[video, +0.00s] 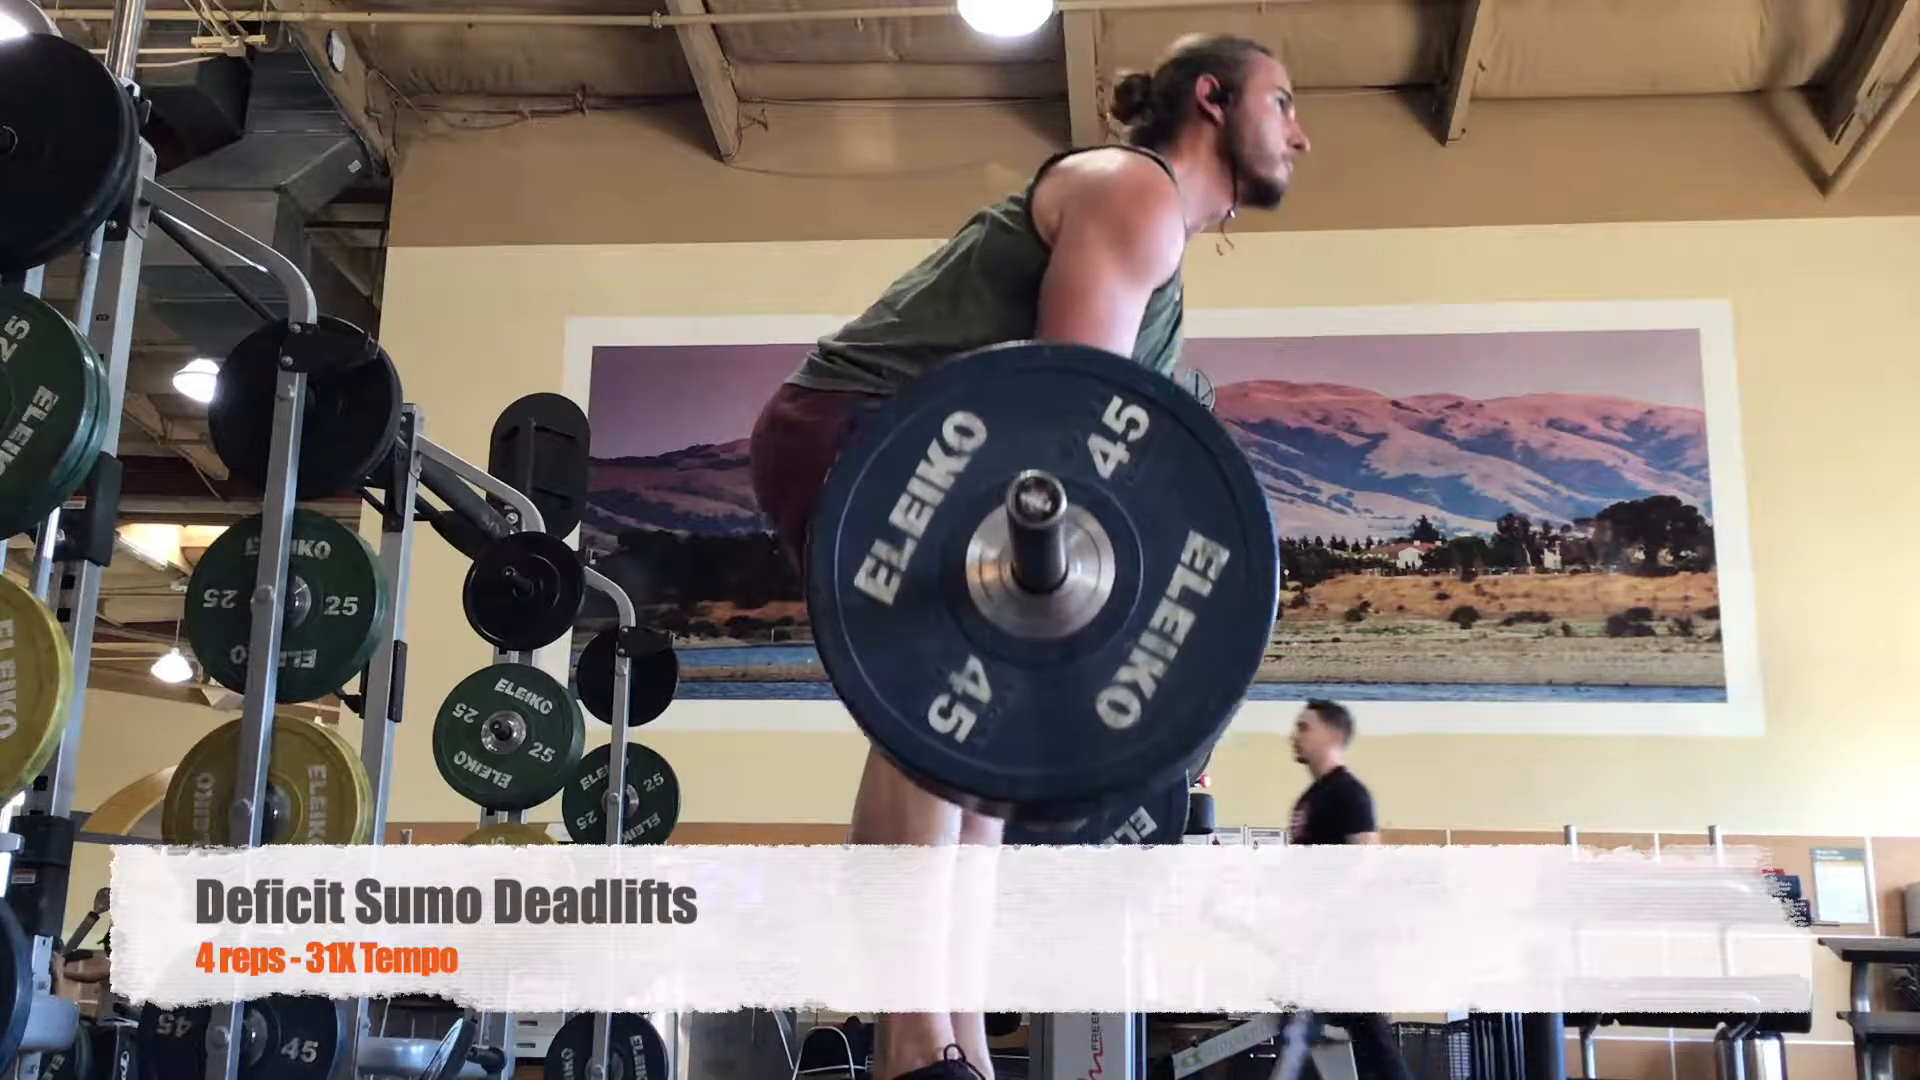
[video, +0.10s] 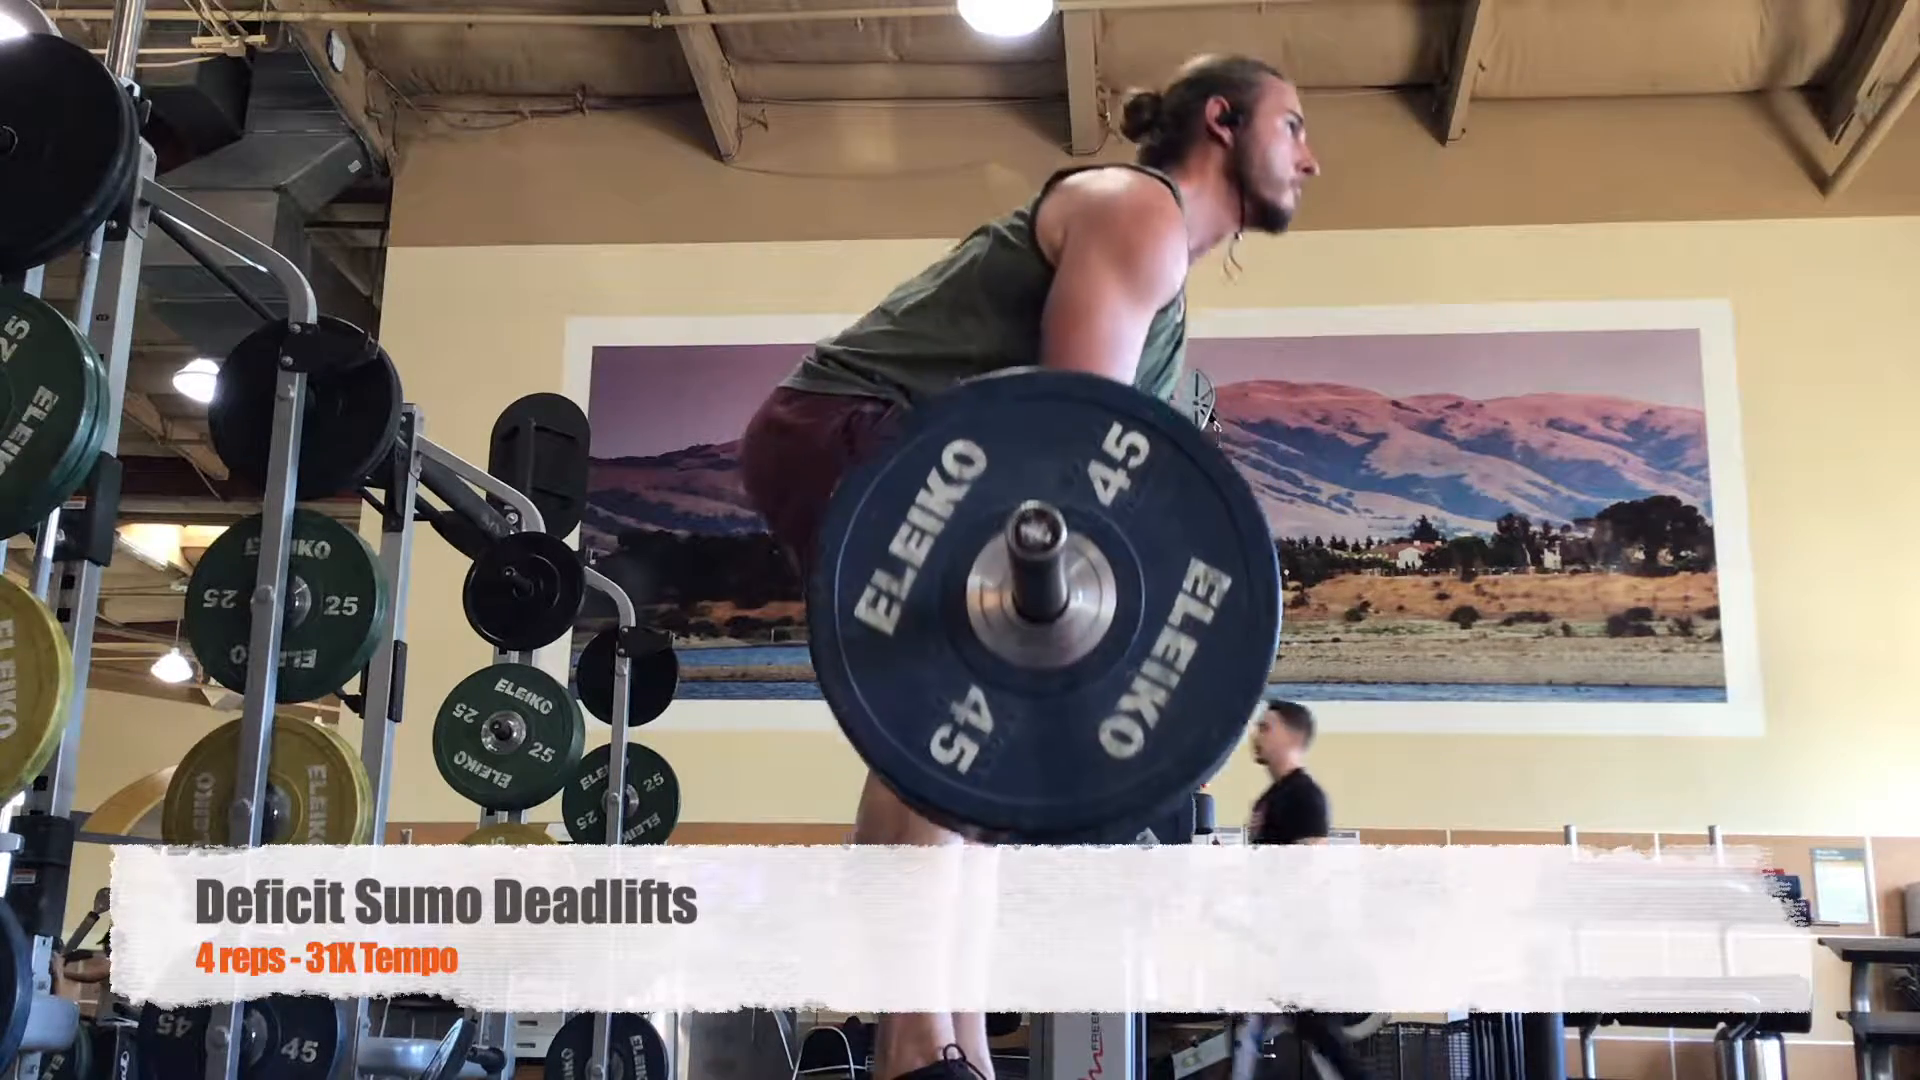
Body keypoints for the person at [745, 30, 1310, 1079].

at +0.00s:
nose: (1299, 129)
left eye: (1297, 108)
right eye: (1282, 103)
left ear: (1221, 116)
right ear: (1209, 106)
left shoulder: (1162, 246)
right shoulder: (1132, 192)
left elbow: (1105, 438)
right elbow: (1069, 407)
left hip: (905, 448)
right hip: (839, 426)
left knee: (991, 721)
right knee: (934, 701)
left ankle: (955, 1029)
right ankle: (907, 1037)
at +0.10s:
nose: (1307, 153)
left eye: (1305, 132)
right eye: (1291, 127)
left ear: (1226, 135)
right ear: (1221, 126)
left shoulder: (1165, 278)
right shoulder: (1134, 210)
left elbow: (1118, 451)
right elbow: (1076, 424)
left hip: (891, 448)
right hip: (833, 428)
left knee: (966, 734)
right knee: (931, 712)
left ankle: (957, 1039)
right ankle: (911, 1042)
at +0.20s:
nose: (1317, 179)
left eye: (1315, 157)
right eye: (1300, 151)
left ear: (1233, 155)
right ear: (1231, 147)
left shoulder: (1177, 359)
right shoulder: (1139, 232)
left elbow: (1137, 509)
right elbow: (1075, 454)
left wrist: (1206, 721)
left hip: (896, 460)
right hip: (830, 437)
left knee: (974, 735)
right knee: (932, 722)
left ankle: (960, 1038)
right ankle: (914, 1040)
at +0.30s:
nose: (1328, 207)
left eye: (1328, 186)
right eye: (1312, 178)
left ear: (1244, 180)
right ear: (1242, 172)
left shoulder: (1179, 377)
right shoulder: (1143, 254)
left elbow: (1116, 509)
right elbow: (1081, 480)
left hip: (905, 470)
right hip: (832, 441)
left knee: (985, 734)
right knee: (941, 724)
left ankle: (964, 1035)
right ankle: (917, 1035)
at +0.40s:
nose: (1339, 240)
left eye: (1339, 217)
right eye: (1324, 209)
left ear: (1252, 212)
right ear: (1252, 202)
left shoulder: (1186, 399)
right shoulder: (1148, 282)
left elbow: (1144, 547)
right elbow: (1085, 516)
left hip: (897, 481)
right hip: (830, 448)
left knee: (976, 743)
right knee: (937, 729)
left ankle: (967, 1044)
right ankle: (919, 1040)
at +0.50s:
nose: (1347, 278)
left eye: (1347, 251)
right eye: (1333, 244)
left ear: (1263, 242)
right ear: (1261, 235)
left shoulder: (1185, 427)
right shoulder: (1154, 314)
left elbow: (1135, 582)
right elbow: (1084, 552)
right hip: (827, 457)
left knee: (996, 746)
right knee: (954, 726)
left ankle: (970, 1043)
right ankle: (923, 1043)